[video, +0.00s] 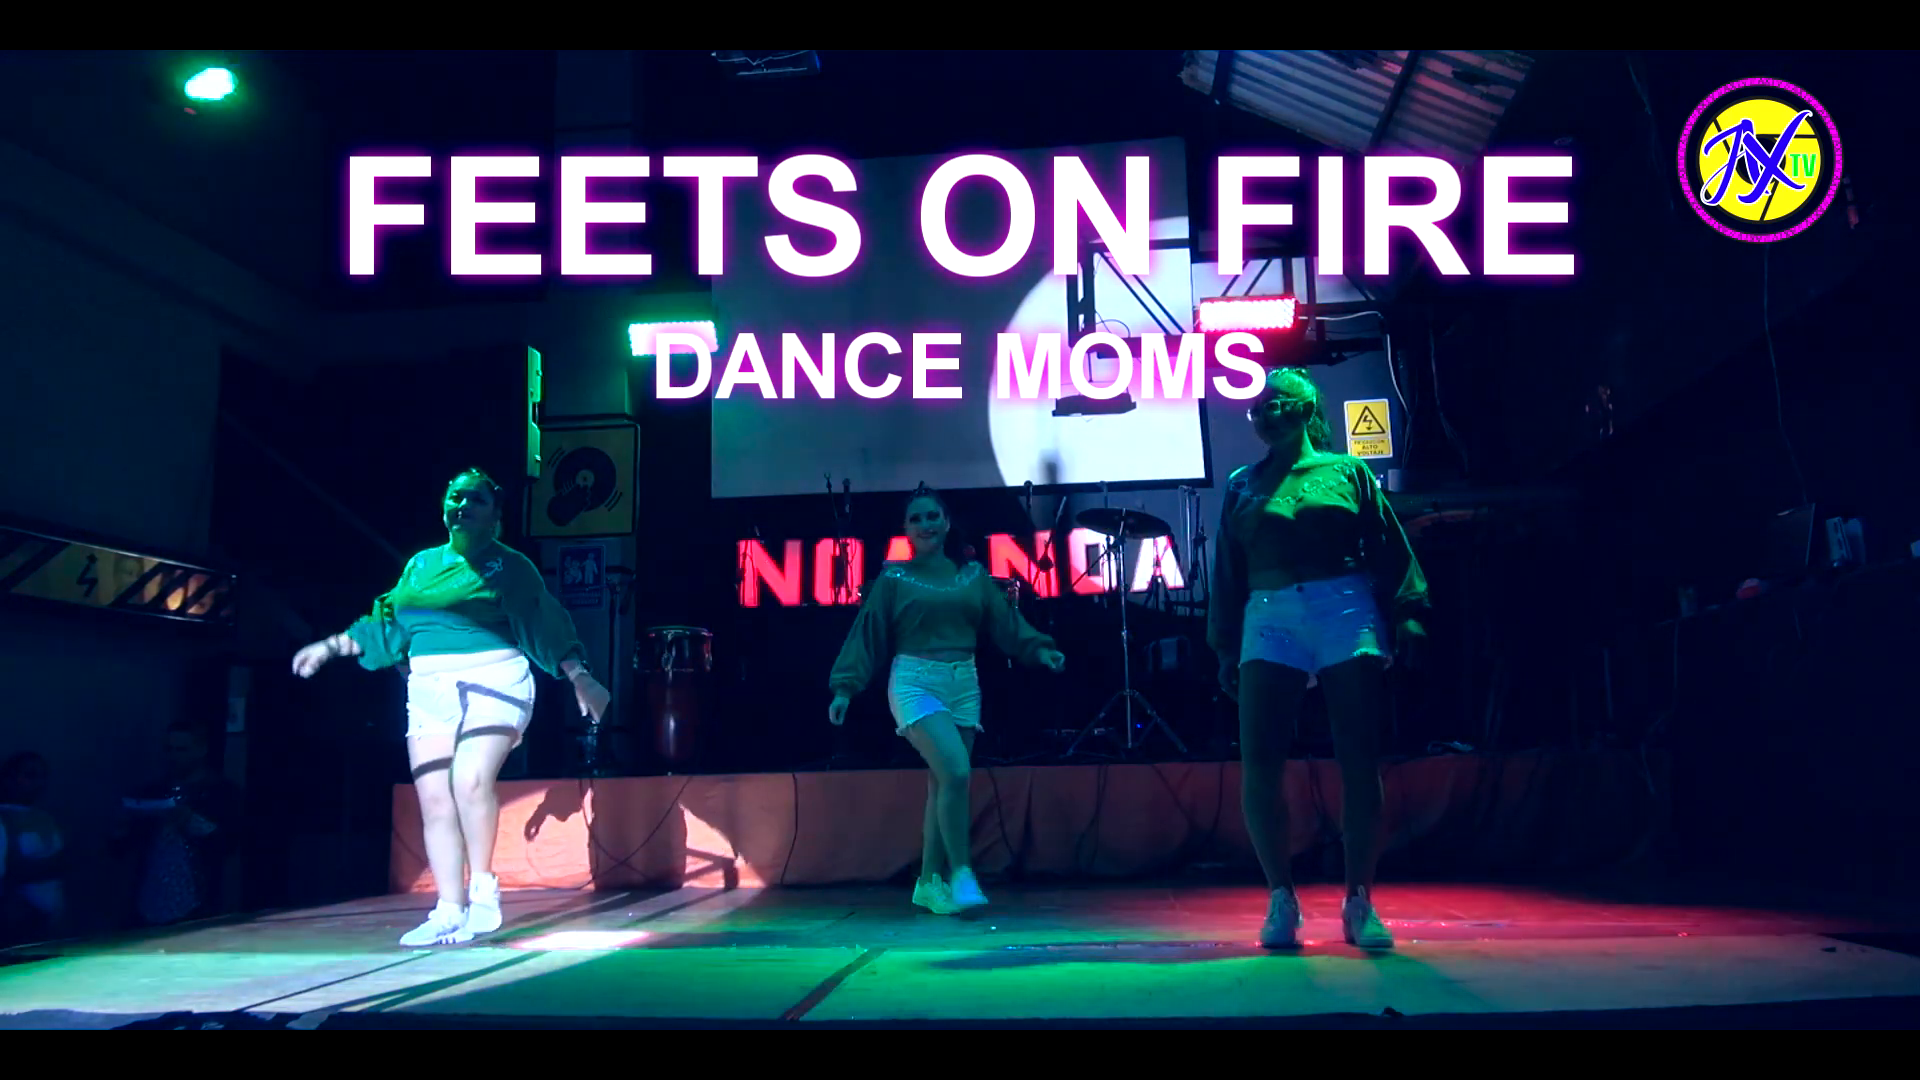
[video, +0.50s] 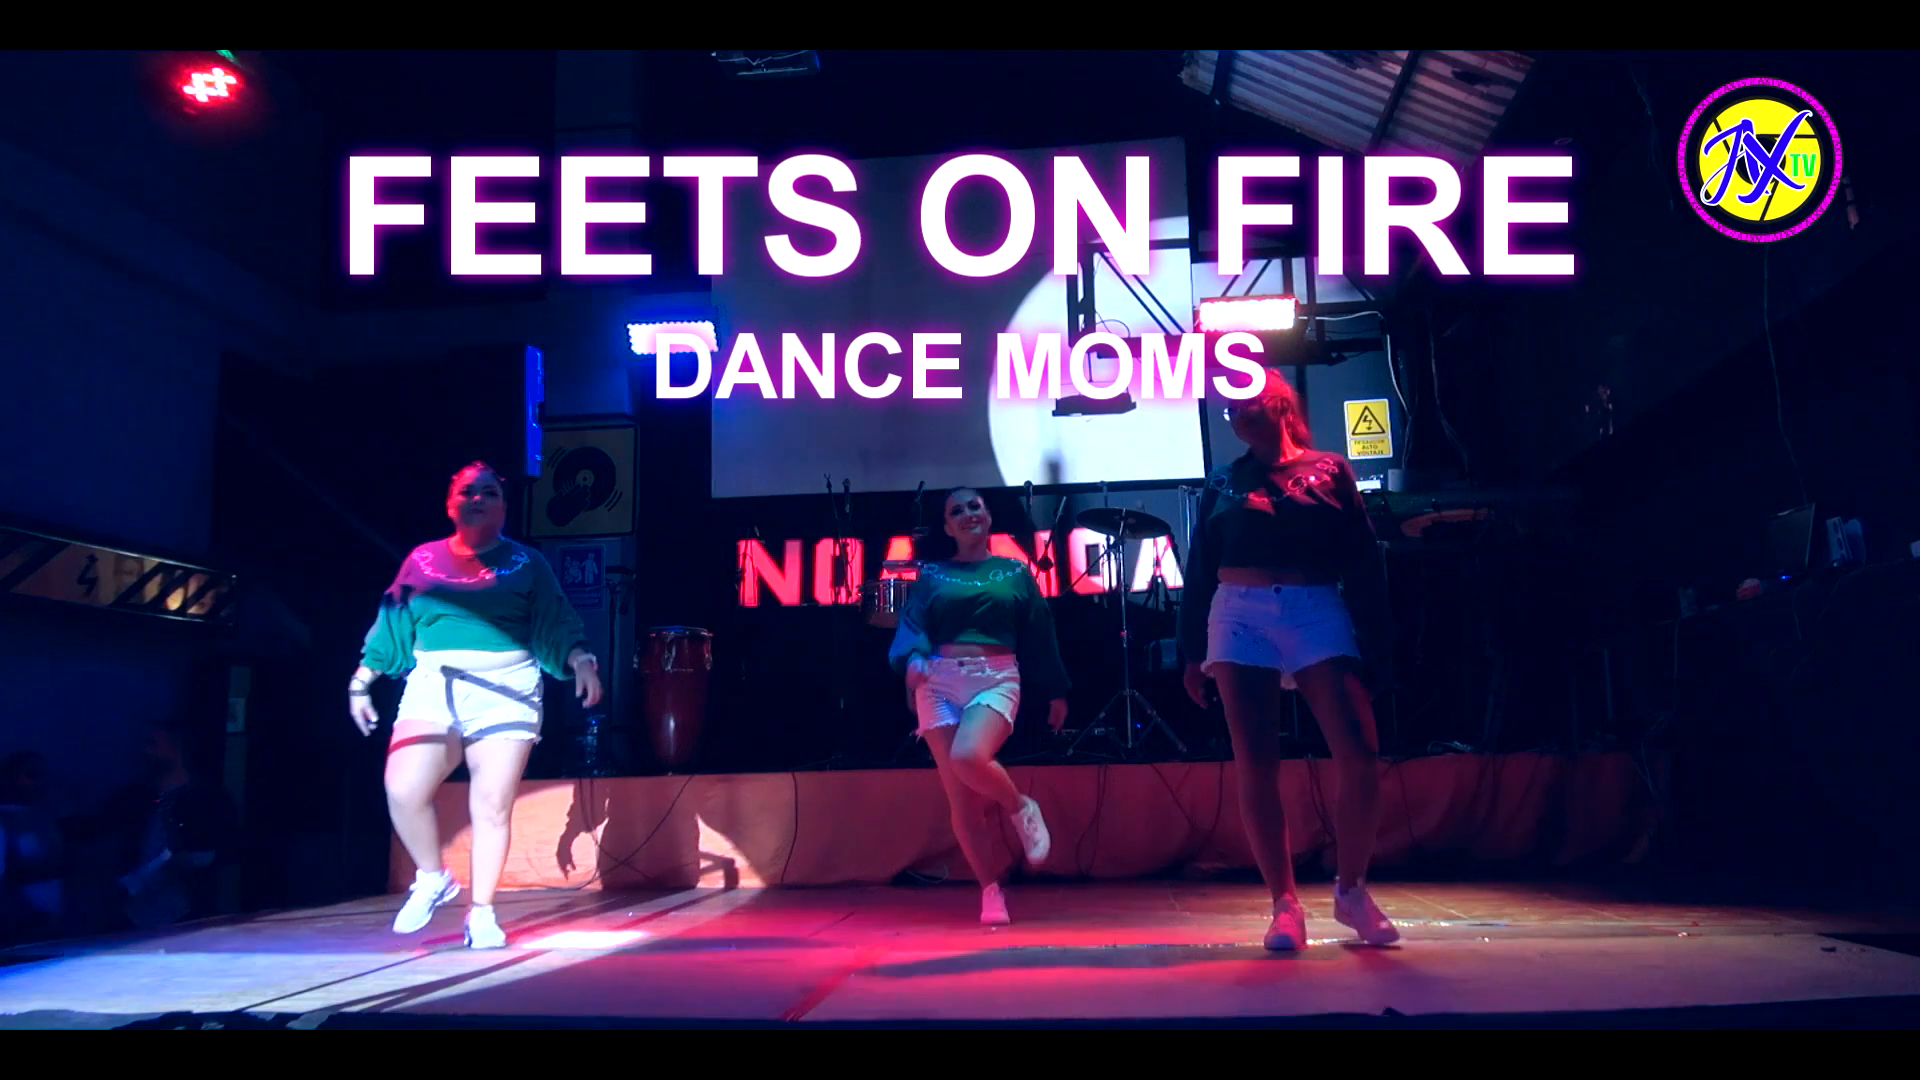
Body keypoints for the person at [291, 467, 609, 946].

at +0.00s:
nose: (461, 504)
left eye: (473, 498)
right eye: (454, 497)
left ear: (494, 510)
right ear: (443, 508)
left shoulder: (511, 567)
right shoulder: (420, 566)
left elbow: (548, 624)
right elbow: (387, 623)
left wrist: (581, 677)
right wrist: (332, 645)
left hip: (494, 681)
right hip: (429, 687)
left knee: (471, 781)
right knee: (433, 796)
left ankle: (483, 895)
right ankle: (449, 910)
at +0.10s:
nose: (465, 496)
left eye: (477, 490)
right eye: (458, 489)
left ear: (496, 503)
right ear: (443, 501)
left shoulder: (513, 560)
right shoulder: (421, 557)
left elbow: (553, 616)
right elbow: (387, 612)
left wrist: (592, 669)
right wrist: (336, 617)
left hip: (493, 678)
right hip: (429, 682)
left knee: (474, 788)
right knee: (441, 795)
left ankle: (480, 906)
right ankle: (450, 909)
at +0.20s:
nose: (469, 499)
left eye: (481, 493)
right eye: (461, 492)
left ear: (499, 506)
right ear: (447, 505)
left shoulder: (519, 561)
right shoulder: (423, 560)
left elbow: (561, 617)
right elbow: (385, 610)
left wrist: (602, 665)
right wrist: (338, 609)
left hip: (493, 684)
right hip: (428, 687)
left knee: (481, 805)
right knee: (445, 805)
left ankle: (481, 912)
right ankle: (450, 912)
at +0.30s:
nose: (473, 497)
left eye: (485, 491)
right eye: (464, 490)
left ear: (504, 505)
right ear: (450, 504)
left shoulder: (524, 561)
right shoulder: (426, 560)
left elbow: (564, 620)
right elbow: (393, 618)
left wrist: (602, 673)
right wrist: (340, 628)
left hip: (497, 683)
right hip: (428, 685)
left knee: (483, 804)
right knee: (436, 810)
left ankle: (481, 912)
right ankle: (449, 911)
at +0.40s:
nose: (477, 499)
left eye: (488, 493)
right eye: (467, 492)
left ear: (505, 506)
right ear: (450, 504)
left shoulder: (526, 564)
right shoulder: (426, 558)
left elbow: (561, 626)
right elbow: (393, 625)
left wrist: (591, 676)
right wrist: (347, 671)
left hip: (503, 685)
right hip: (432, 686)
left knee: (489, 804)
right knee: (411, 802)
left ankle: (483, 910)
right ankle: (442, 891)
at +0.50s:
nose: (476, 497)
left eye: (487, 492)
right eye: (466, 491)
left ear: (504, 508)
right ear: (450, 507)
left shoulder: (526, 564)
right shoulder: (422, 560)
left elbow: (556, 623)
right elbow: (390, 628)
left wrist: (581, 657)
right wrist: (360, 682)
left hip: (507, 685)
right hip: (431, 684)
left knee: (493, 803)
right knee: (403, 789)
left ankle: (482, 911)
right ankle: (432, 877)